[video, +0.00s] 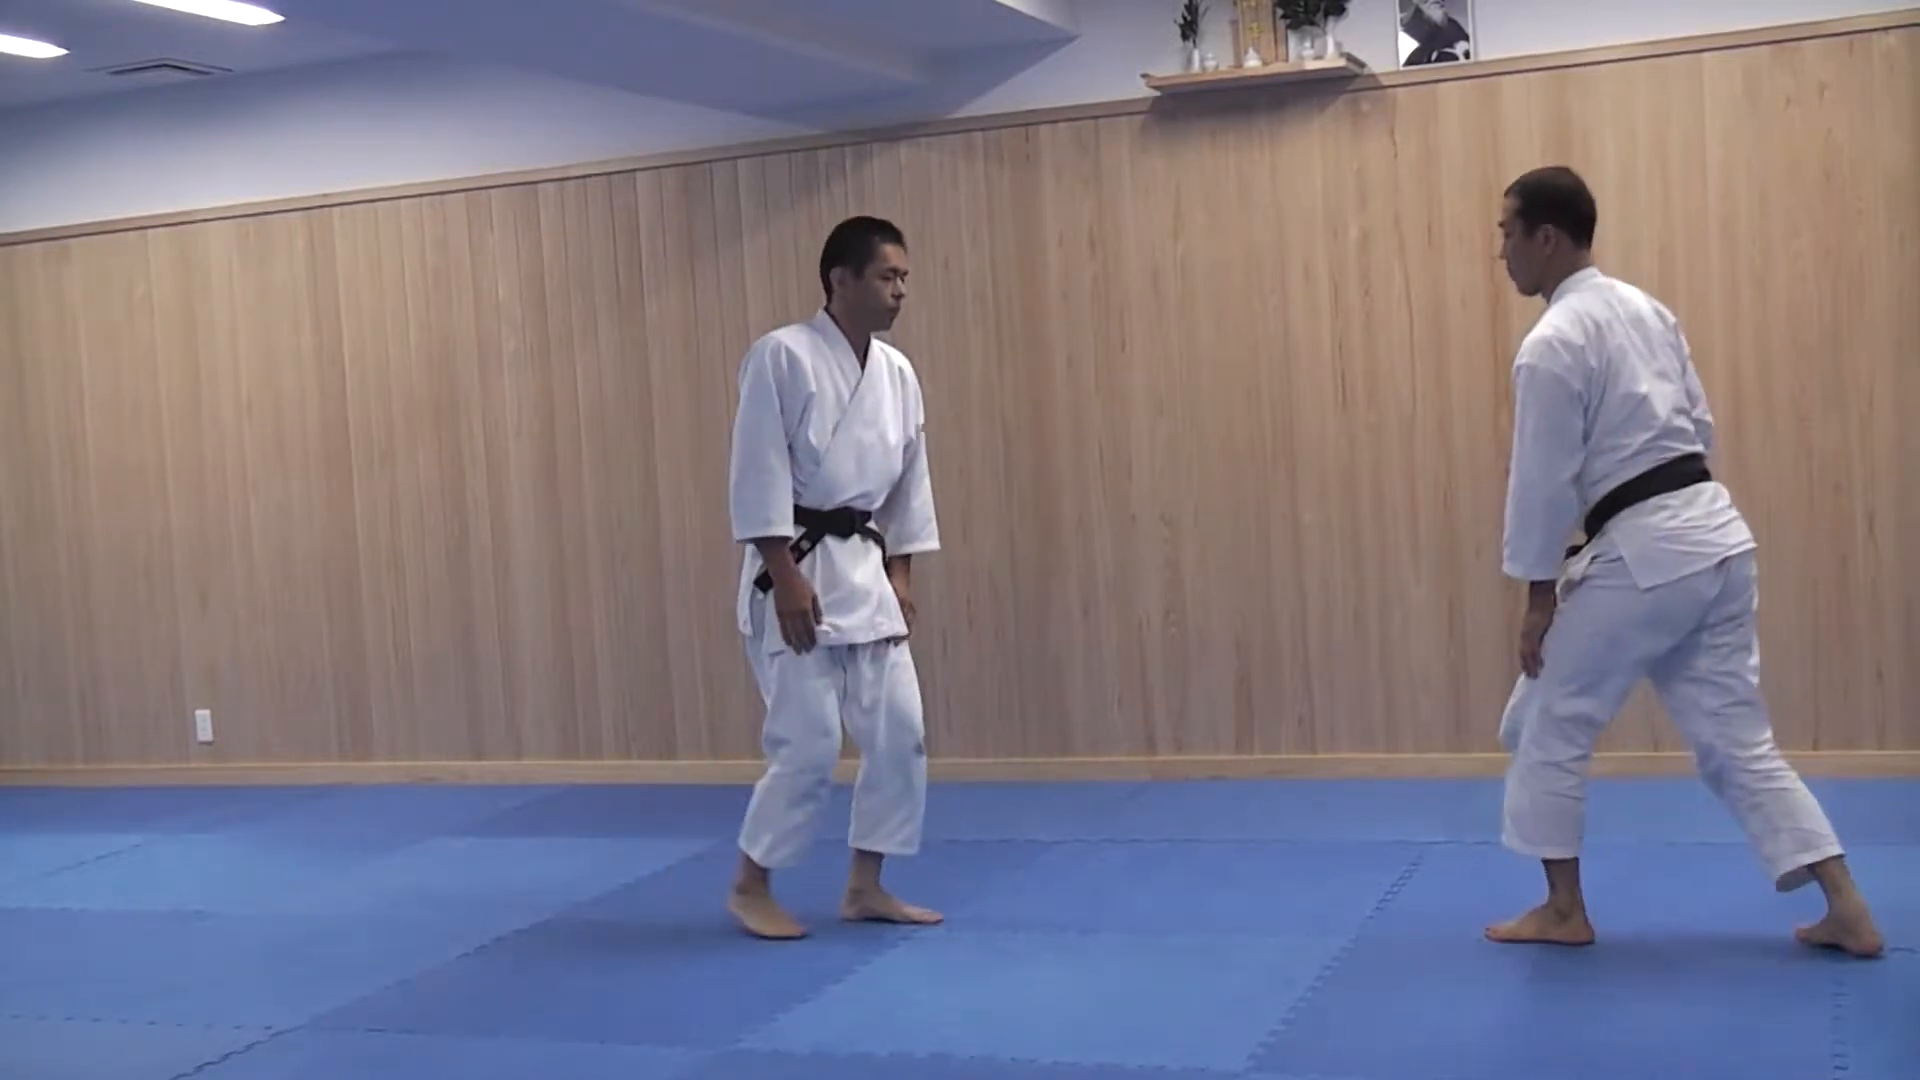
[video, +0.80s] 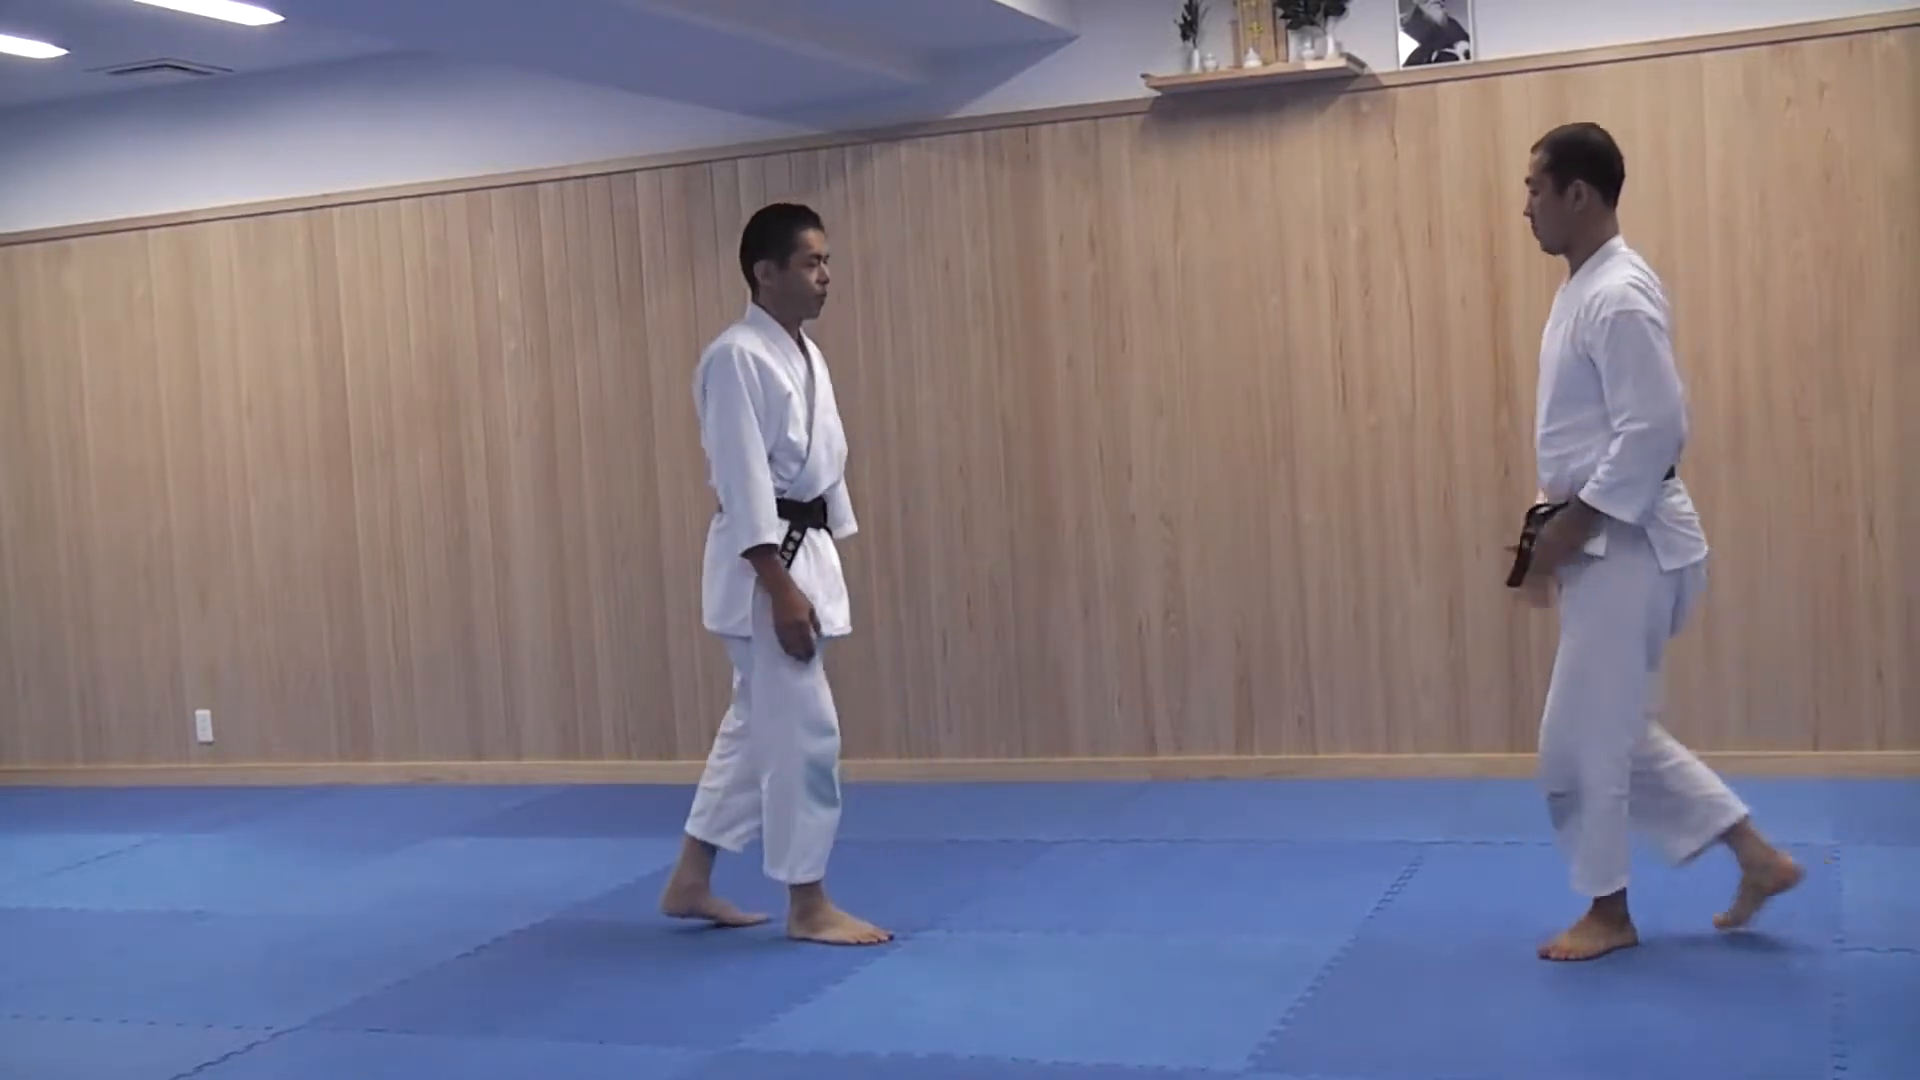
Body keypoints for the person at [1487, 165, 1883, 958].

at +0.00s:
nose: (1500, 250)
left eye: (1508, 233)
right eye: (1501, 233)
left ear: (1548, 237)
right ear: (1575, 238)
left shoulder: (1552, 341)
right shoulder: (1649, 309)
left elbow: (1543, 481)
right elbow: (1695, 429)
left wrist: (1538, 600)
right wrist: (1623, 524)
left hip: (1644, 552)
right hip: (1720, 536)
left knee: (1550, 718)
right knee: (1735, 737)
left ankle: (1563, 905)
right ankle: (1847, 909)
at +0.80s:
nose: (1525, 208)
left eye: (1534, 191)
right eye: (1526, 191)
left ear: (1582, 196)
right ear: (1584, 198)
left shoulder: (1618, 297)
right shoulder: (1590, 285)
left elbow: (1654, 429)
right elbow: (1602, 429)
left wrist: (1573, 524)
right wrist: (1555, 525)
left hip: (1630, 546)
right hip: (1611, 544)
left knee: (1581, 736)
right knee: (1608, 724)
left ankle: (1607, 914)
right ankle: (1758, 858)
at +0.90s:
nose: (1518, 204)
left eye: (1528, 187)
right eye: (1518, 188)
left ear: (1575, 192)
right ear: (1572, 194)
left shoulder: (1616, 291)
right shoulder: (1571, 287)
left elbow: (1655, 415)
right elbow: (1554, 423)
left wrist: (1572, 494)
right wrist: (1505, 506)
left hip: (1618, 545)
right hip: (1577, 543)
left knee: (1577, 729)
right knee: (1543, 723)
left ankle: (1611, 910)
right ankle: (1659, 872)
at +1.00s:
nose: (1508, 200)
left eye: (1519, 183)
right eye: (1508, 185)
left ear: (1566, 187)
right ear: (1560, 189)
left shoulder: (1613, 289)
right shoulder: (1551, 296)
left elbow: (1654, 409)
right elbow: (1528, 424)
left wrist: (1571, 478)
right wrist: (1462, 490)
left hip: (1608, 547)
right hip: (1552, 548)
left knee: (1579, 734)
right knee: (1501, 723)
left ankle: (1610, 915)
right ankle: (1547, 890)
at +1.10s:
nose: (1501, 203)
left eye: (1510, 187)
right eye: (1502, 187)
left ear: (1556, 189)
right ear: (1550, 191)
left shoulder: (1610, 291)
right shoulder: (1536, 298)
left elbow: (1652, 407)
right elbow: (1499, 426)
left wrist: (1566, 478)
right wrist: (1421, 474)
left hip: (1597, 545)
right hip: (1535, 545)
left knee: (1572, 733)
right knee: (1473, 717)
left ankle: (1608, 912)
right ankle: (1458, 888)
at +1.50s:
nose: (1441, 206)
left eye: (1452, 191)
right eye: (1442, 190)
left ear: (1498, 196)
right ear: (1491, 198)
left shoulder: (1555, 295)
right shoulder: (1463, 308)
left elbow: (1603, 409)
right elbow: (1402, 411)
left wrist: (1510, 476)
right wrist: (1302, 428)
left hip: (1540, 546)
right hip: (1472, 550)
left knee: (1545, 738)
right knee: (1422, 731)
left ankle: (1608, 912)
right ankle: (1386, 902)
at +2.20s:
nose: (1369, 218)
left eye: (1378, 202)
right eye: (1369, 202)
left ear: (1424, 204)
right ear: (1418, 205)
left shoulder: (1486, 302)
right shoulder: (1394, 320)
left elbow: (1482, 426)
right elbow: (1331, 413)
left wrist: (1400, 492)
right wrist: (1227, 426)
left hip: (1507, 538)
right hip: (1441, 549)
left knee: (1550, 731)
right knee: (1399, 737)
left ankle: (1611, 908)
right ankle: (1384, 910)